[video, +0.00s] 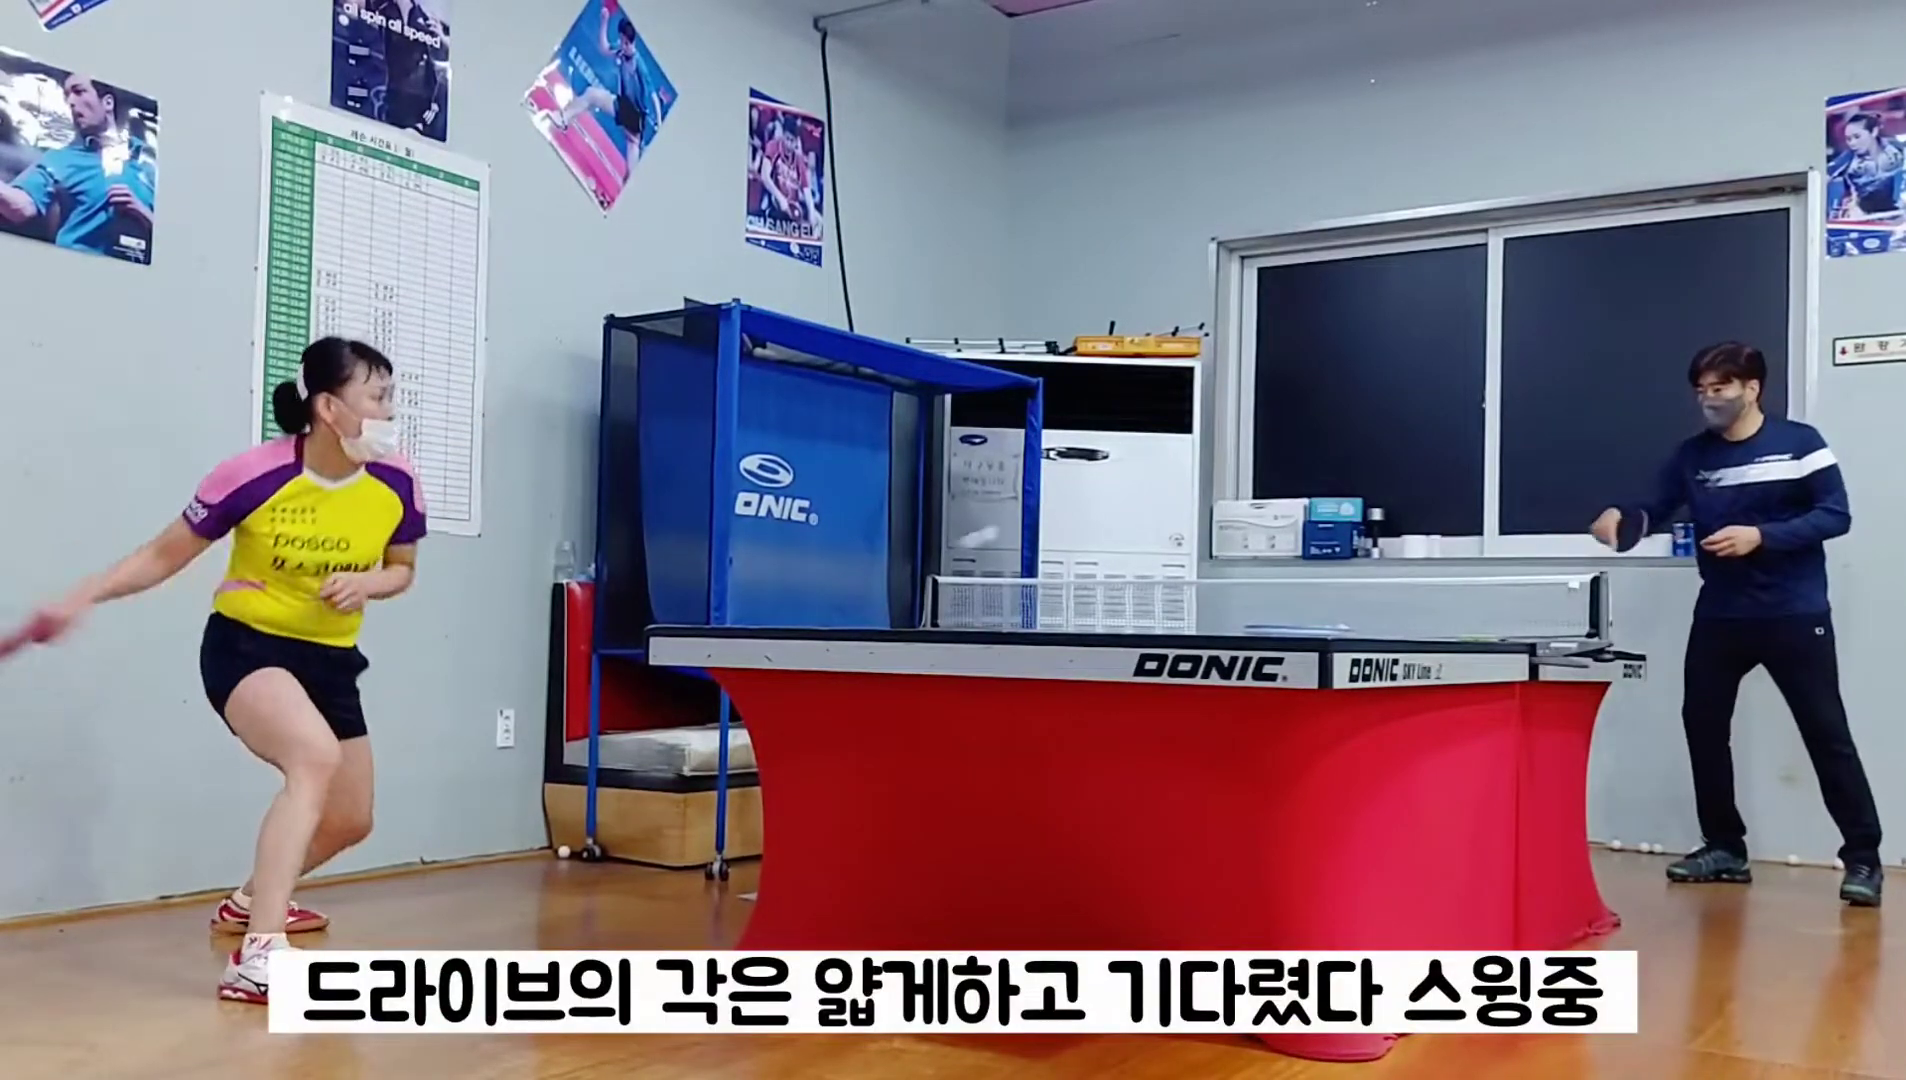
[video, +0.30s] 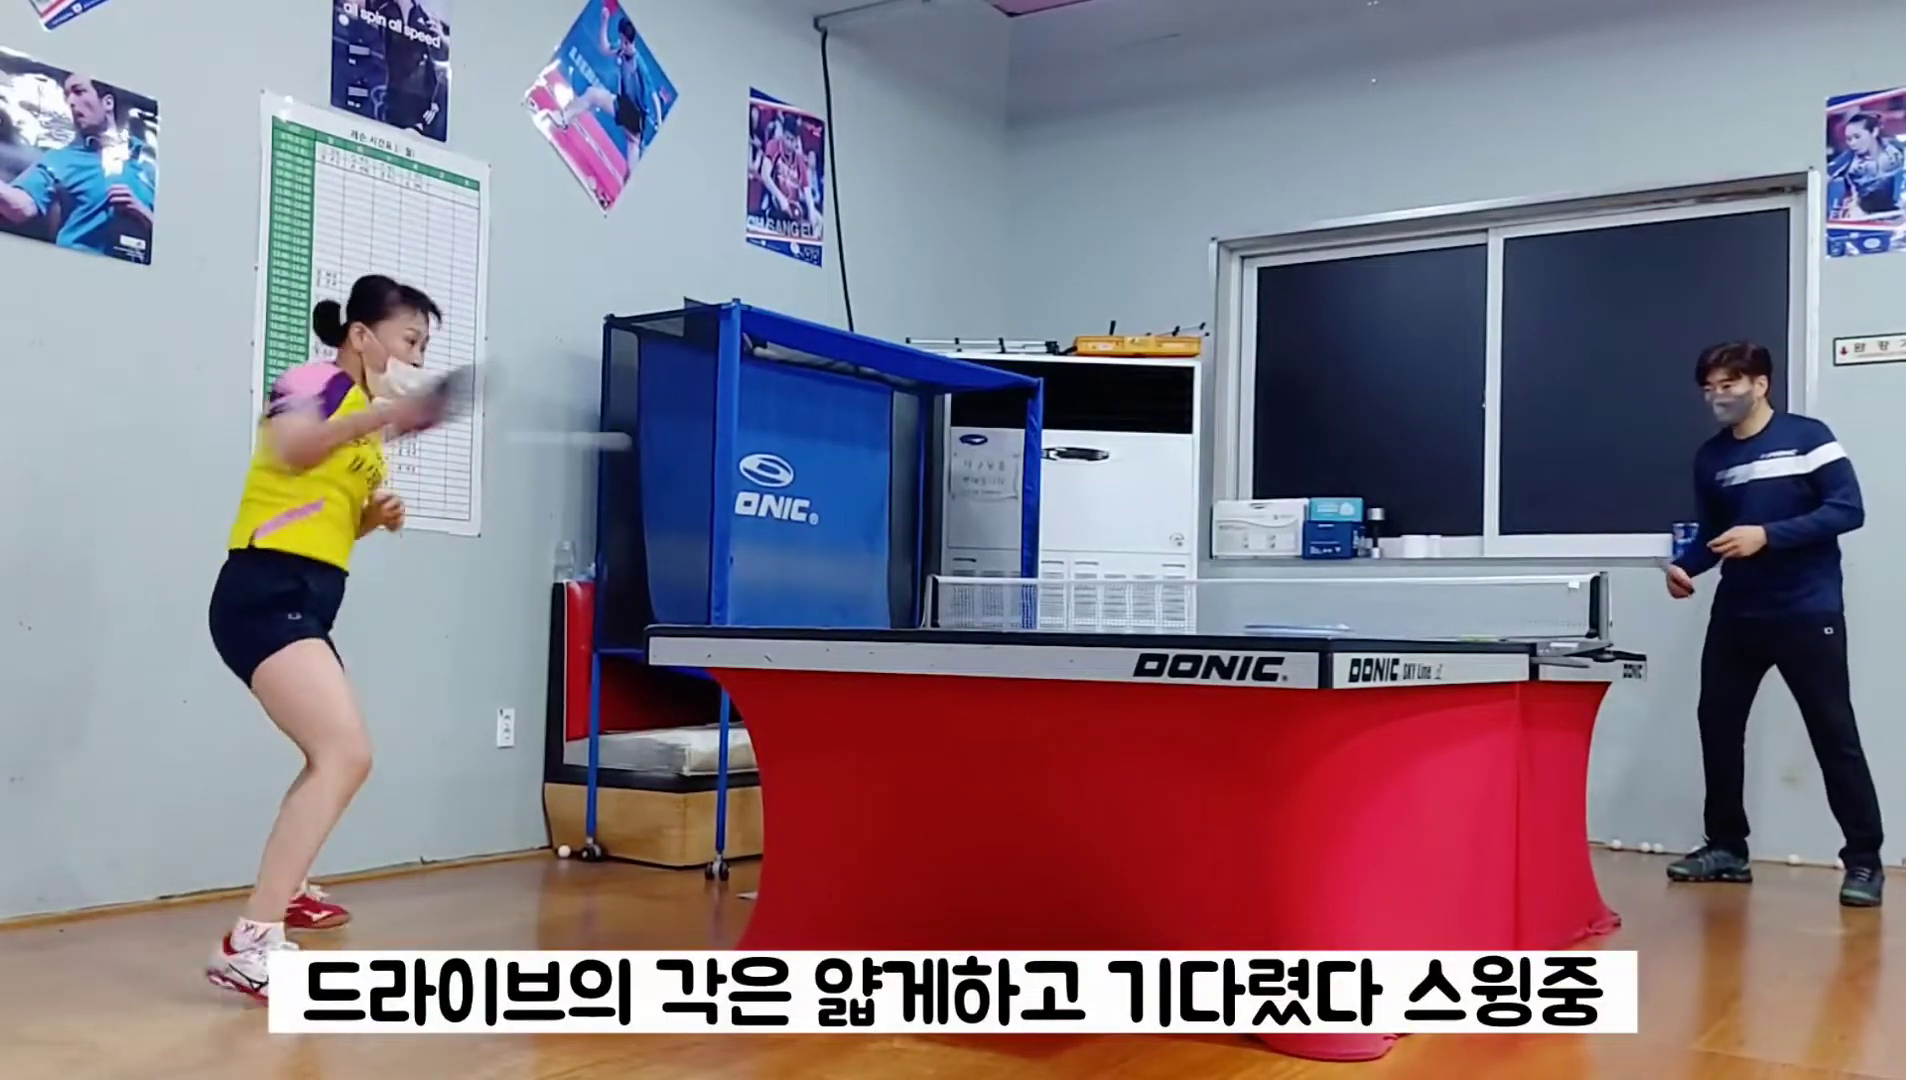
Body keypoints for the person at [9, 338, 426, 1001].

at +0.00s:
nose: (387, 412)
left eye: (388, 399)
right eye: (374, 399)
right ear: (326, 409)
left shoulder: (396, 484)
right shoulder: (254, 475)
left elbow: (401, 571)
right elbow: (165, 554)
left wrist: (371, 585)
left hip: (331, 661)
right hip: (246, 645)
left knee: (350, 820)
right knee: (313, 760)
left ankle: (251, 901)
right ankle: (260, 952)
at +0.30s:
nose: (415, 357)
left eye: (420, 347)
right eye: (408, 341)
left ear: (384, 346)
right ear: (361, 333)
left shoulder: (372, 419)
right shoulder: (316, 381)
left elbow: (330, 528)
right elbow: (289, 446)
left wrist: (374, 516)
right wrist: (383, 418)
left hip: (301, 602)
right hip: (263, 593)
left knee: (337, 755)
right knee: (344, 755)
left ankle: (285, 885)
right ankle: (251, 938)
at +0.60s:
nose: (412, 381)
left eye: (412, 369)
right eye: (406, 367)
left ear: (345, 365)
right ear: (367, 361)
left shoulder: (293, 427)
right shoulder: (367, 401)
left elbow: (293, 515)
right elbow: (487, 428)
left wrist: (367, 554)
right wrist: (501, 397)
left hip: (240, 623)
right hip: (297, 619)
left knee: (320, 771)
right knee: (379, 802)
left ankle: (278, 910)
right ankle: (288, 979)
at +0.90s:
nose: (421, 378)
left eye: (422, 364)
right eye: (411, 363)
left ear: (373, 374)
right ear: (363, 373)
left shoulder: (415, 459)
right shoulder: (292, 450)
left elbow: (413, 538)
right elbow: (221, 550)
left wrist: (410, 560)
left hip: (355, 648)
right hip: (274, 636)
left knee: (370, 811)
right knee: (360, 771)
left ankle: (265, 898)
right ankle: (304, 957)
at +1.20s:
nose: (433, 357)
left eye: (438, 344)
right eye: (422, 341)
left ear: (425, 351)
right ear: (371, 339)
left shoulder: (408, 426)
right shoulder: (313, 404)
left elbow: (379, 514)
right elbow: (231, 497)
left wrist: (405, 525)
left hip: (339, 616)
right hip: (277, 605)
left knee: (362, 764)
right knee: (354, 758)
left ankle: (285, 892)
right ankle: (301, 950)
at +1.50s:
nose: (434, 406)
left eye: (437, 395)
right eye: (431, 392)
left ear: (372, 386)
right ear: (391, 381)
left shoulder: (303, 439)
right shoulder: (383, 418)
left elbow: (274, 527)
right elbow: (505, 441)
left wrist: (348, 570)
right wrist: (515, 398)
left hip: (228, 632)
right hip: (281, 632)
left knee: (310, 772)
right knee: (374, 810)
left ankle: (275, 919)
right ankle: (270, 976)